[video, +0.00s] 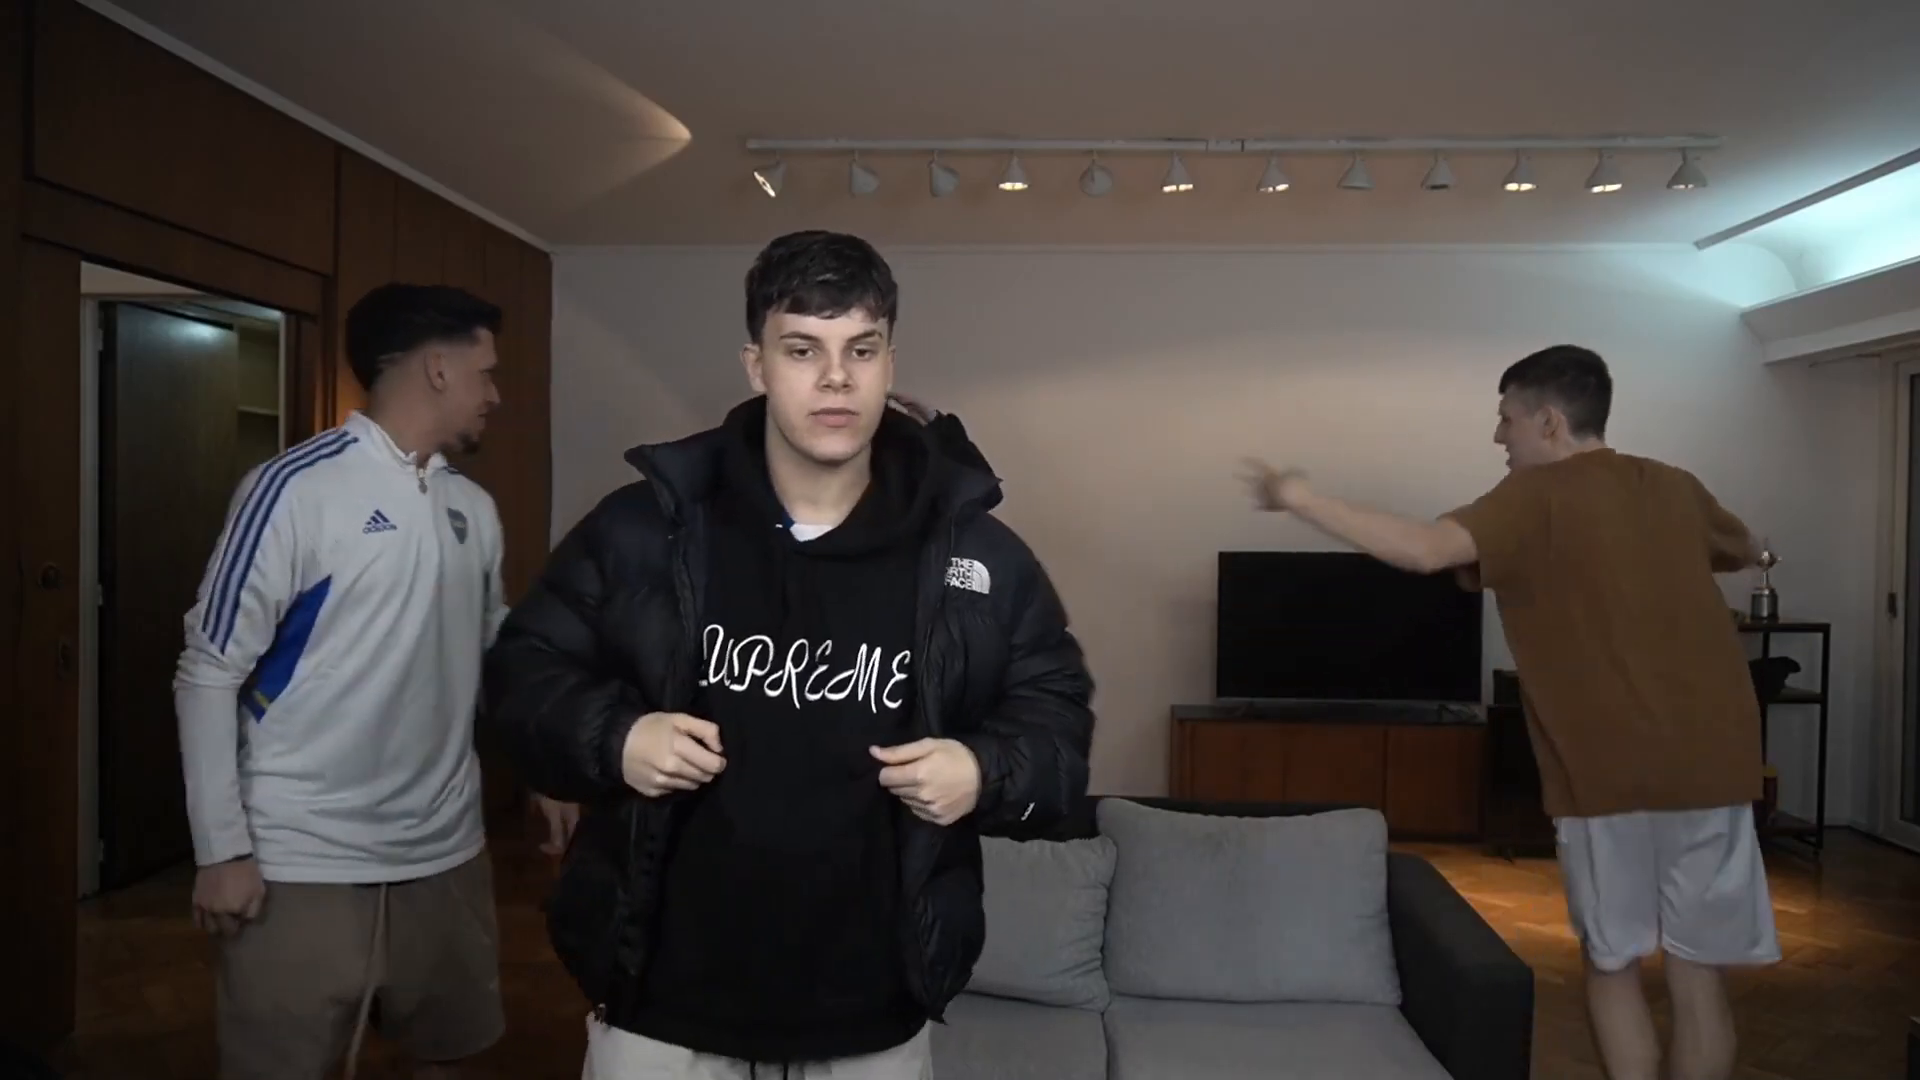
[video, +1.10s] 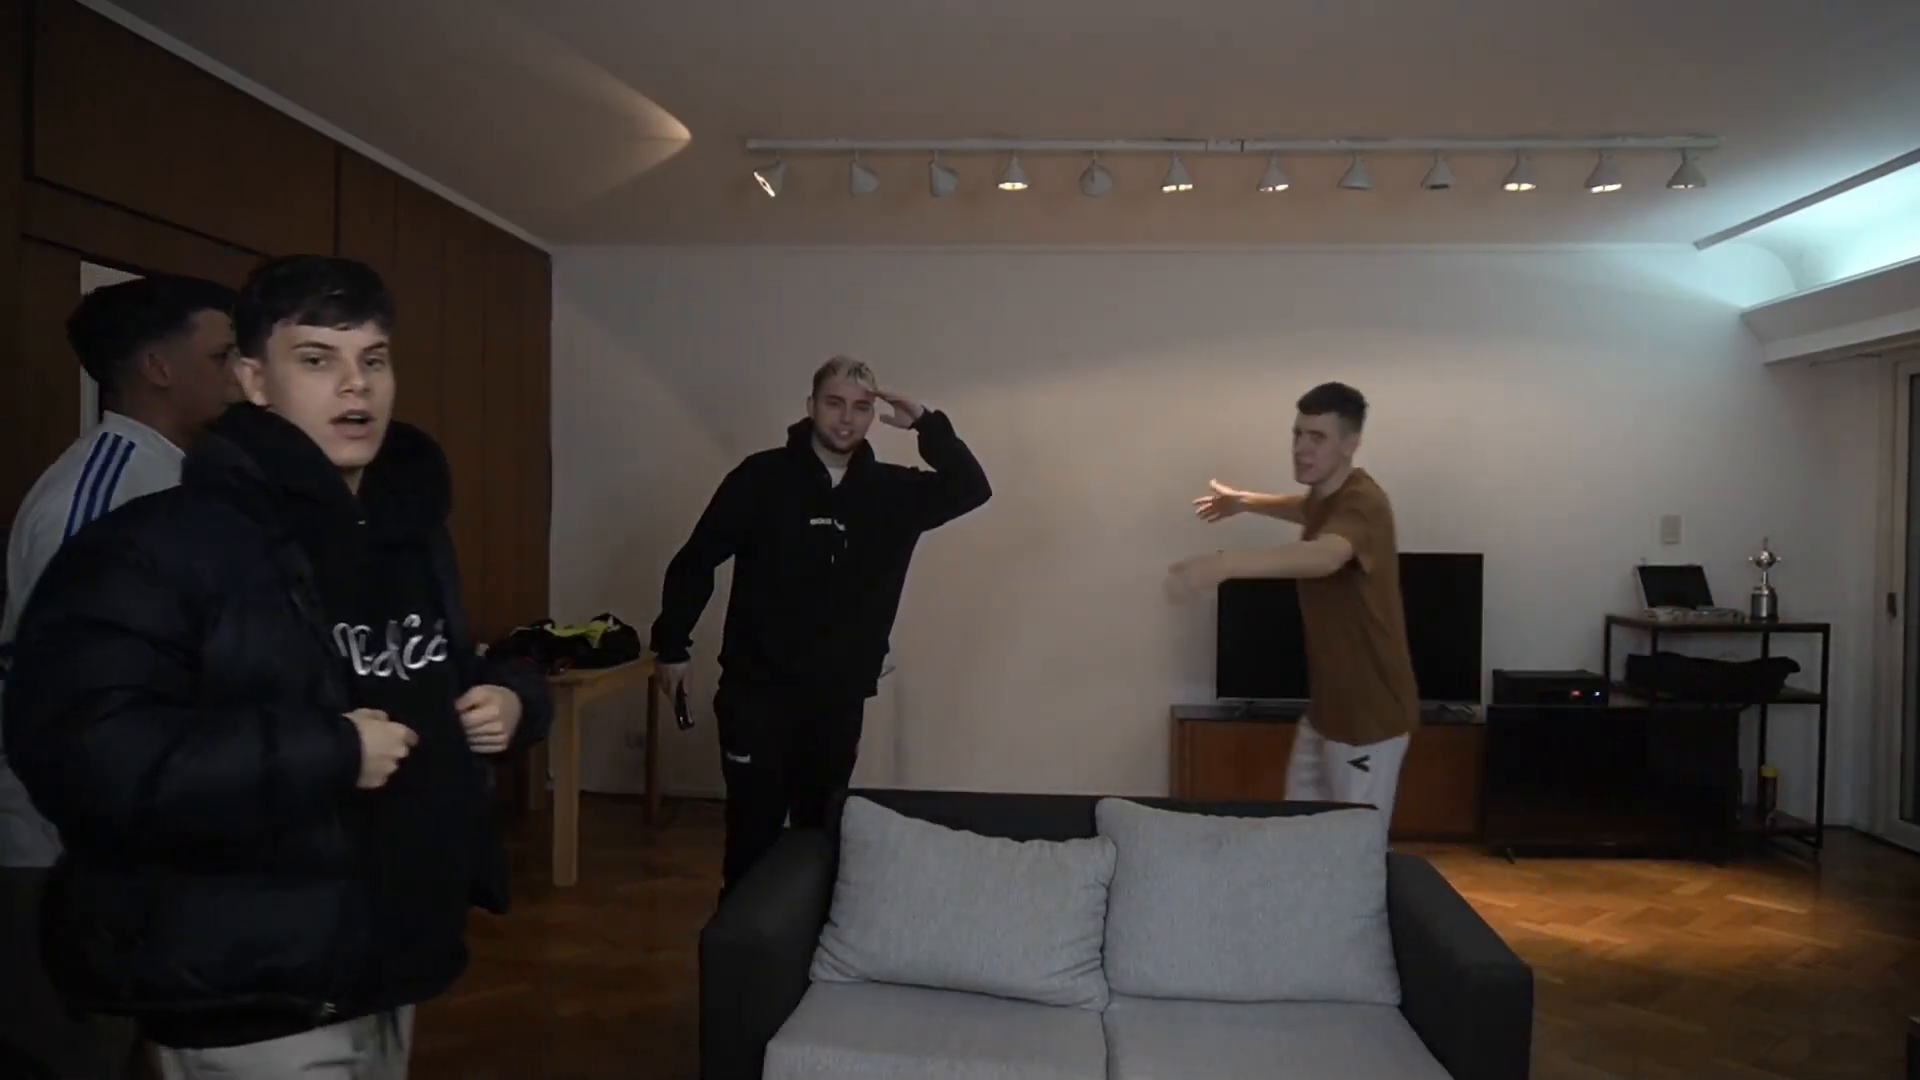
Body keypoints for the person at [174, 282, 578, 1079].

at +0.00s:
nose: (499, 398)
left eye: (496, 376)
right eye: (487, 375)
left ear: (432, 373)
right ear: (431, 371)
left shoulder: (475, 511)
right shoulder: (292, 491)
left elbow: (496, 654)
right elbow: (206, 671)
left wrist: (546, 771)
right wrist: (222, 850)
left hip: (448, 861)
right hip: (304, 870)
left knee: (450, 1059)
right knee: (288, 1066)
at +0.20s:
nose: (418, 394)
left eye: (416, 372)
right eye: (409, 369)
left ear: (352, 365)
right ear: (352, 362)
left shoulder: (366, 503)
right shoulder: (236, 488)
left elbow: (372, 671)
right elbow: (185, 701)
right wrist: (267, 878)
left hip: (370, 876)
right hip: (237, 901)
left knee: (395, 1063)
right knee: (231, 1070)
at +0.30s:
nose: (374, 386)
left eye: (372, 364)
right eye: (365, 361)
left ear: (307, 359)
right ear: (309, 356)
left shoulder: (286, 482)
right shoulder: (208, 484)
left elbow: (272, 700)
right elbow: (167, 709)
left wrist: (333, 852)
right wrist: (278, 879)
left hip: (311, 888)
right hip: (194, 911)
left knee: (348, 1064)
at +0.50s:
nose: (305, 366)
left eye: (301, 344)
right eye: (286, 343)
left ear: (219, 350)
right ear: (217, 348)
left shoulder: (214, 470)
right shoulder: (142, 473)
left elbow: (209, 679)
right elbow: (79, 693)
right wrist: (257, 796)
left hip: (221, 889)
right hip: (135, 908)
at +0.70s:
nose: (253, 354)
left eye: (251, 332)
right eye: (230, 332)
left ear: (162, 344)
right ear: (153, 340)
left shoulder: (180, 463)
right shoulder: (101, 464)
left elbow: (172, 658)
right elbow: (33, 679)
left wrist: (241, 777)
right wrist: (194, 806)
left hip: (158, 884)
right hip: (91, 897)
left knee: (161, 1062)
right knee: (90, 1066)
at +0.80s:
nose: (238, 355)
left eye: (237, 334)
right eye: (215, 334)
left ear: (152, 347)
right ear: (141, 344)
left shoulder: (181, 472)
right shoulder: (87, 472)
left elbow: (182, 669)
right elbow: (54, 690)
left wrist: (204, 839)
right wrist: (142, 873)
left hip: (149, 873)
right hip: (72, 892)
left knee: (163, 1060)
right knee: (88, 1065)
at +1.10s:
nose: (240, 371)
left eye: (236, 353)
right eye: (222, 353)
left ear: (157, 370)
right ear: (157, 368)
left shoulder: (150, 471)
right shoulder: (116, 482)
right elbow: (76, 680)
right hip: (77, 856)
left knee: (99, 1051)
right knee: (84, 1054)